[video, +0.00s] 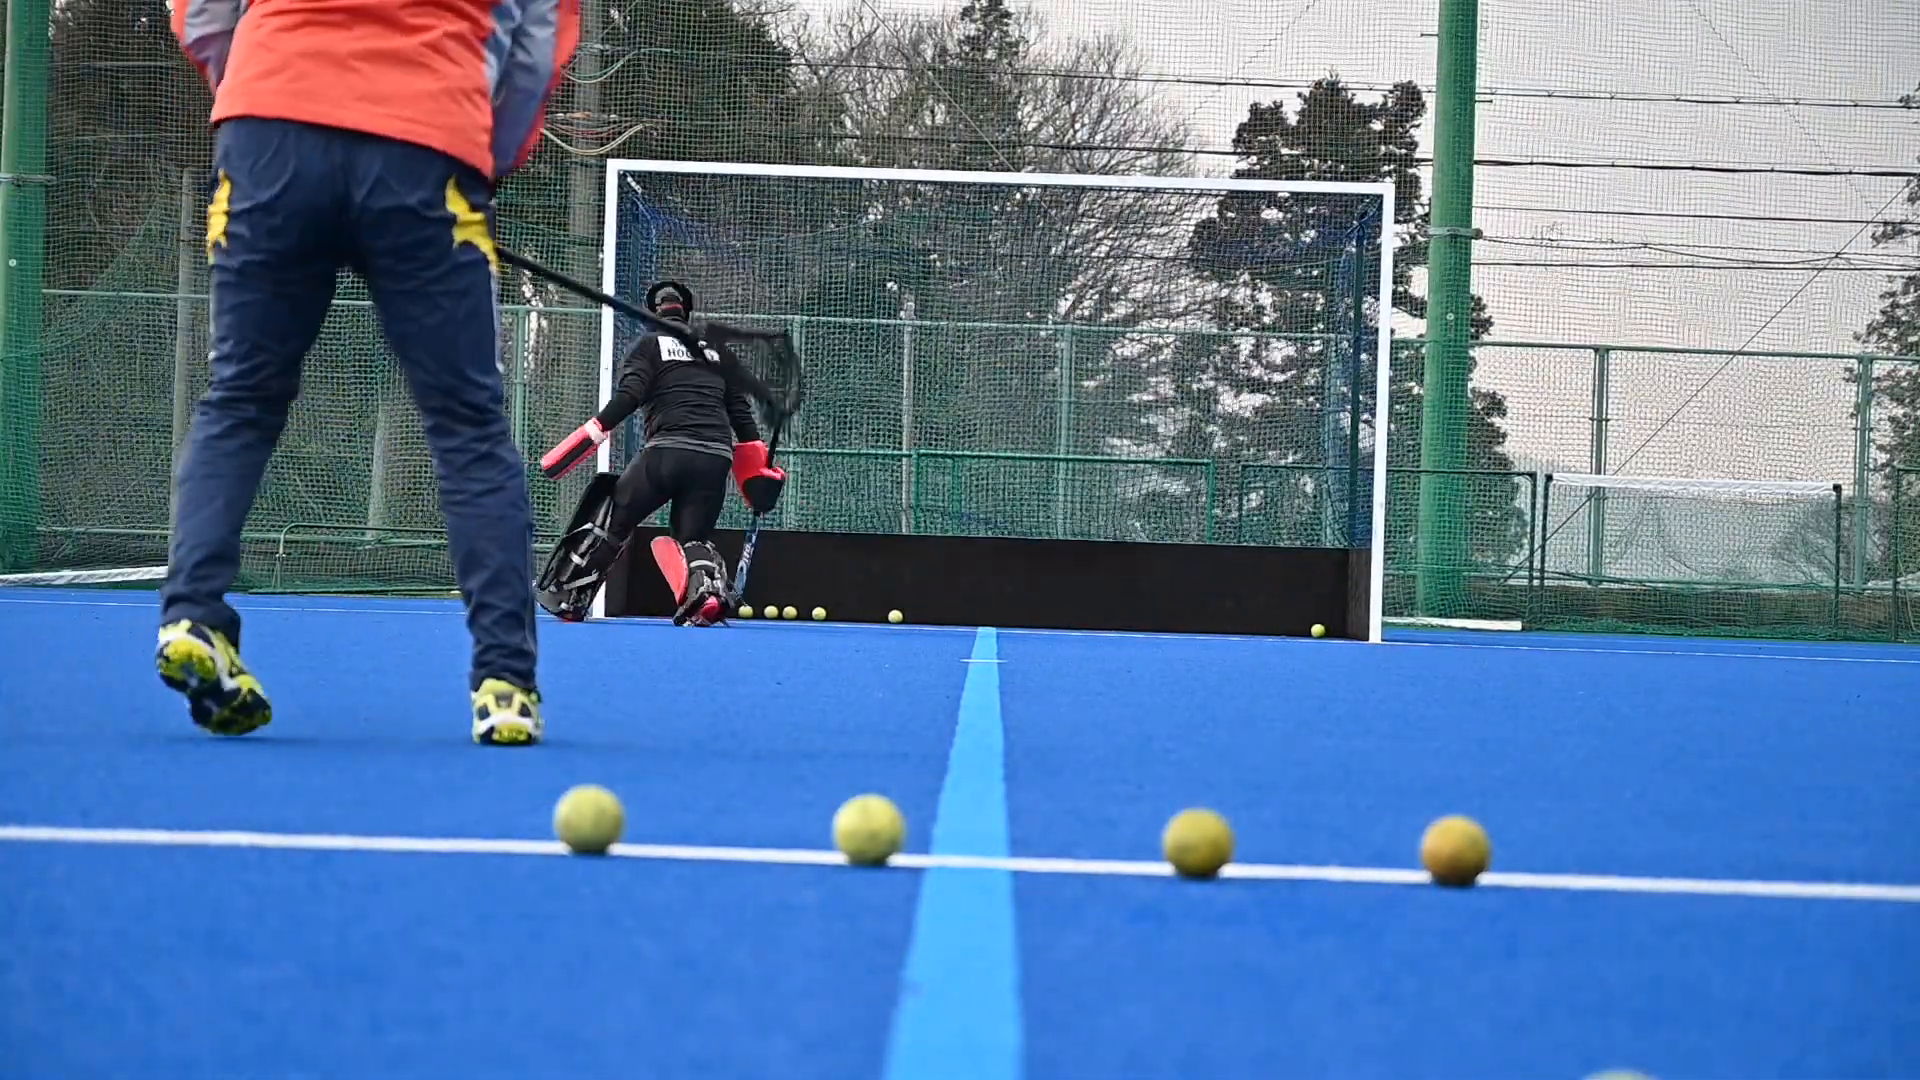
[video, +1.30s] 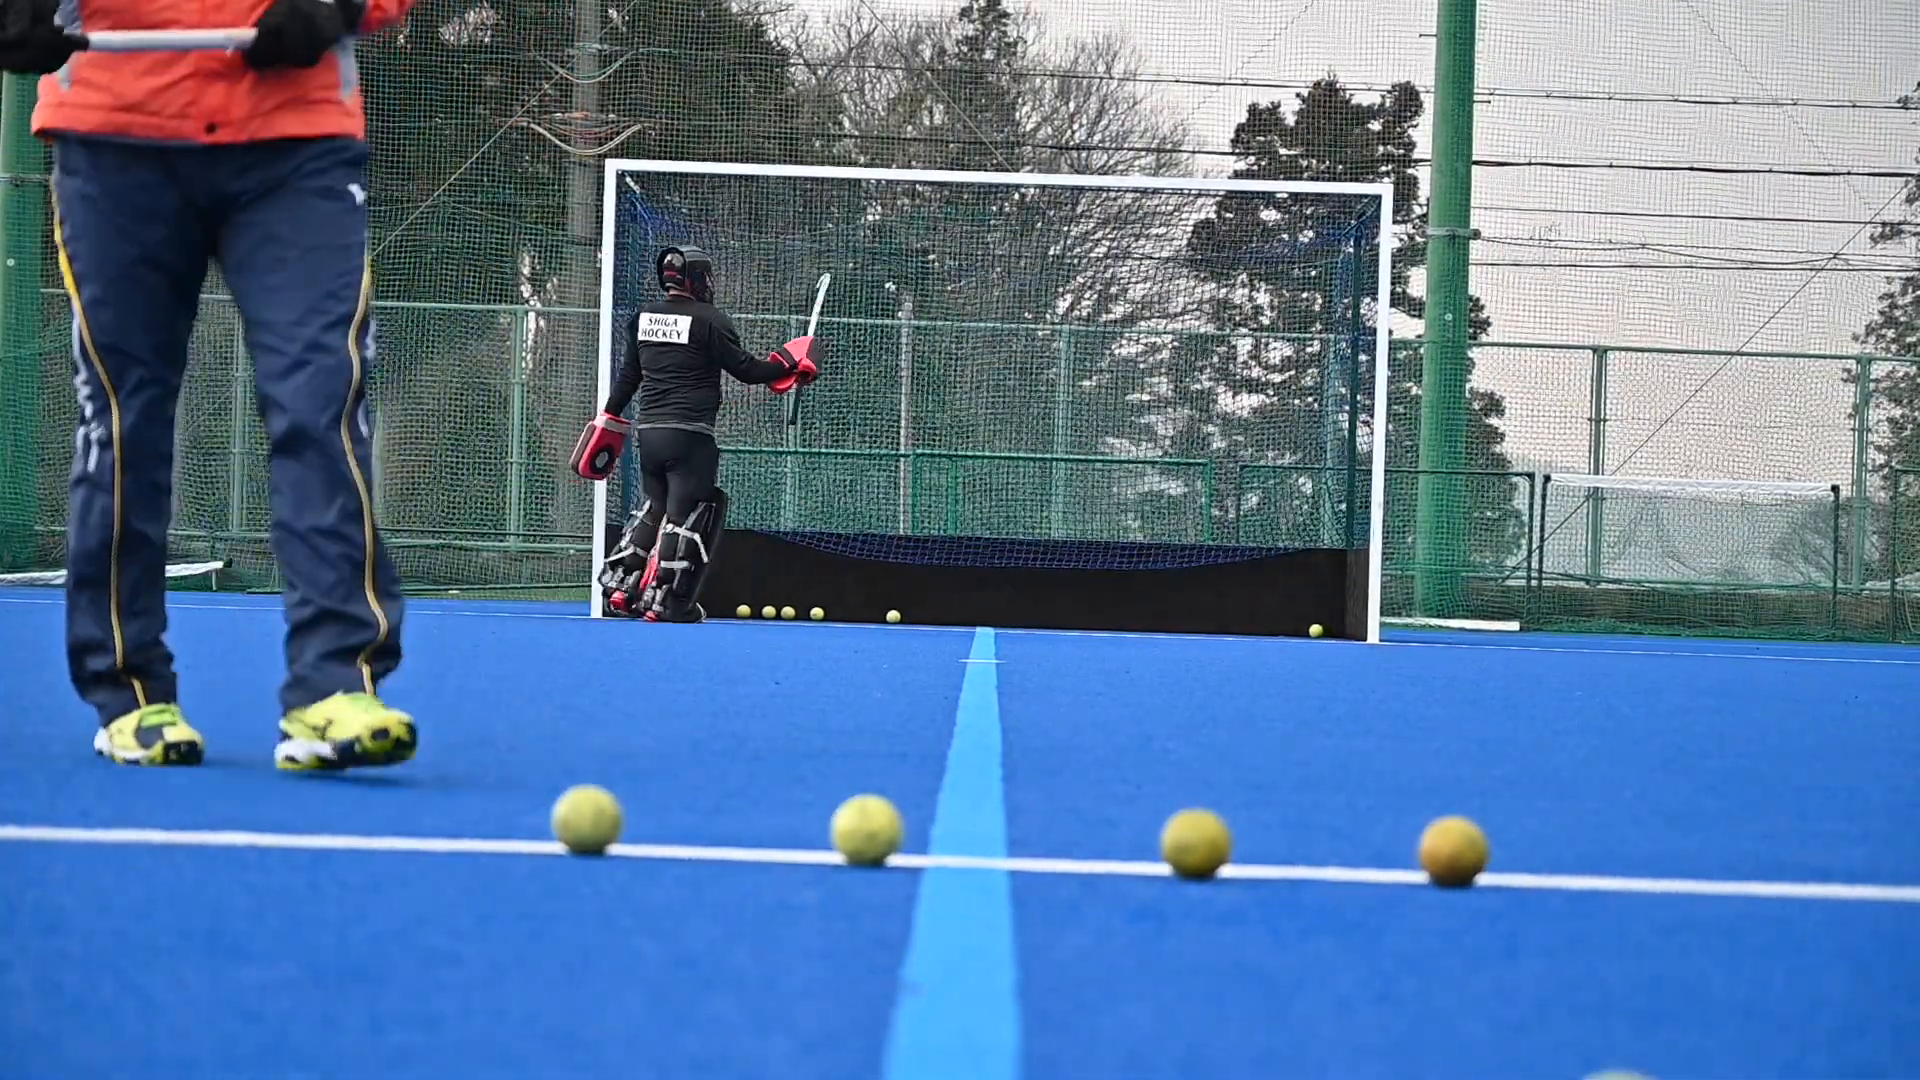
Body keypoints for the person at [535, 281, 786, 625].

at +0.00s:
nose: (668, 307)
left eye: (666, 303)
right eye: (669, 302)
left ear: (653, 312)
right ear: (688, 311)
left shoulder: (649, 343)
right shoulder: (716, 349)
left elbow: (631, 394)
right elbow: (739, 408)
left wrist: (588, 434)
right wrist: (757, 465)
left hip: (668, 451)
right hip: (715, 459)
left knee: (616, 520)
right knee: (694, 539)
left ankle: (575, 596)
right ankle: (708, 590)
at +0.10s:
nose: (631, 301)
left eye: (626, 297)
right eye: (642, 294)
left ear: (620, 303)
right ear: (657, 300)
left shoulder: (612, 340)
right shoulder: (689, 337)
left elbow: (583, 396)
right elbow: (712, 395)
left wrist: (547, 433)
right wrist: (733, 439)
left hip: (627, 460)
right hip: (679, 462)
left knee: (590, 531)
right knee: (679, 537)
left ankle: (559, 602)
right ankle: (691, 564)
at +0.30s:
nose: (622, 285)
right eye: (622, 279)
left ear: (583, 287)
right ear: (619, 283)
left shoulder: (563, 328)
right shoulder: (641, 324)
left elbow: (540, 384)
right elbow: (663, 382)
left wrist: (528, 419)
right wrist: (706, 405)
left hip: (589, 449)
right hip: (638, 449)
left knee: (574, 523)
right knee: (657, 512)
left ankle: (555, 597)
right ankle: (641, 580)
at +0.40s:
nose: (619, 284)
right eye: (617, 278)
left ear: (575, 282)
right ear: (612, 280)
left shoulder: (550, 322)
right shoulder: (624, 317)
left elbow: (545, 380)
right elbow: (642, 375)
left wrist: (554, 398)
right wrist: (684, 391)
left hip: (579, 444)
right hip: (629, 441)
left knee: (568, 522)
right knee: (653, 502)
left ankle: (554, 599)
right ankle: (668, 581)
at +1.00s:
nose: (665, 293)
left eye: (663, 286)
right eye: (662, 287)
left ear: (622, 287)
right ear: (654, 288)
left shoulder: (594, 323)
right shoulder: (665, 324)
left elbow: (574, 381)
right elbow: (677, 377)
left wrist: (585, 413)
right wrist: (726, 382)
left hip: (608, 440)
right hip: (655, 441)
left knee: (587, 519)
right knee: (669, 524)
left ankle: (556, 588)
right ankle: (668, 602)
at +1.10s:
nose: (683, 290)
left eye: (682, 283)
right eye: (680, 283)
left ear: (640, 284)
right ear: (670, 285)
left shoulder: (614, 321)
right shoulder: (682, 323)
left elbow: (600, 380)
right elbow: (709, 376)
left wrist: (591, 424)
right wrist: (751, 378)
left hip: (625, 439)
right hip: (669, 441)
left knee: (609, 514)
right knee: (675, 527)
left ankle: (577, 562)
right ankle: (668, 604)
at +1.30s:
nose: (711, 283)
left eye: (708, 276)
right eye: (706, 277)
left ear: (669, 280)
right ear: (696, 280)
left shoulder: (645, 317)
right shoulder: (709, 319)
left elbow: (630, 375)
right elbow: (747, 370)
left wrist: (607, 417)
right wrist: (788, 364)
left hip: (650, 435)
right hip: (690, 436)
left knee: (655, 508)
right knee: (681, 522)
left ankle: (619, 581)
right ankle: (666, 601)